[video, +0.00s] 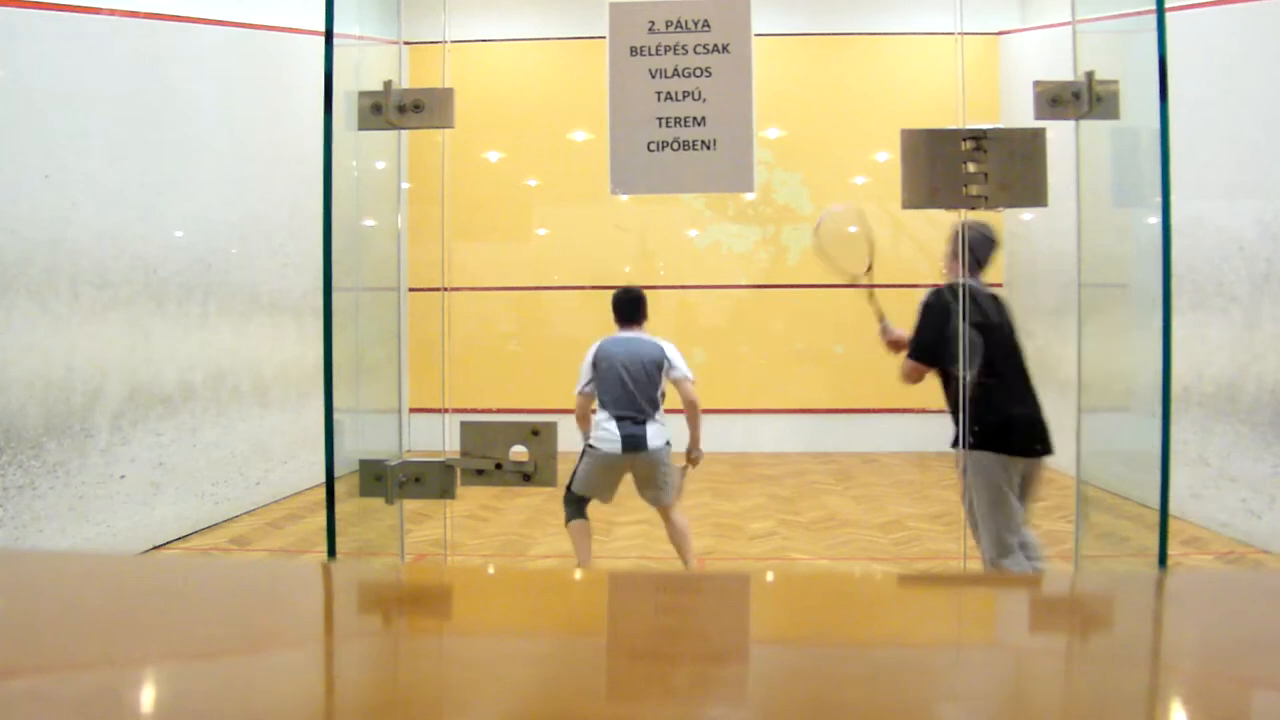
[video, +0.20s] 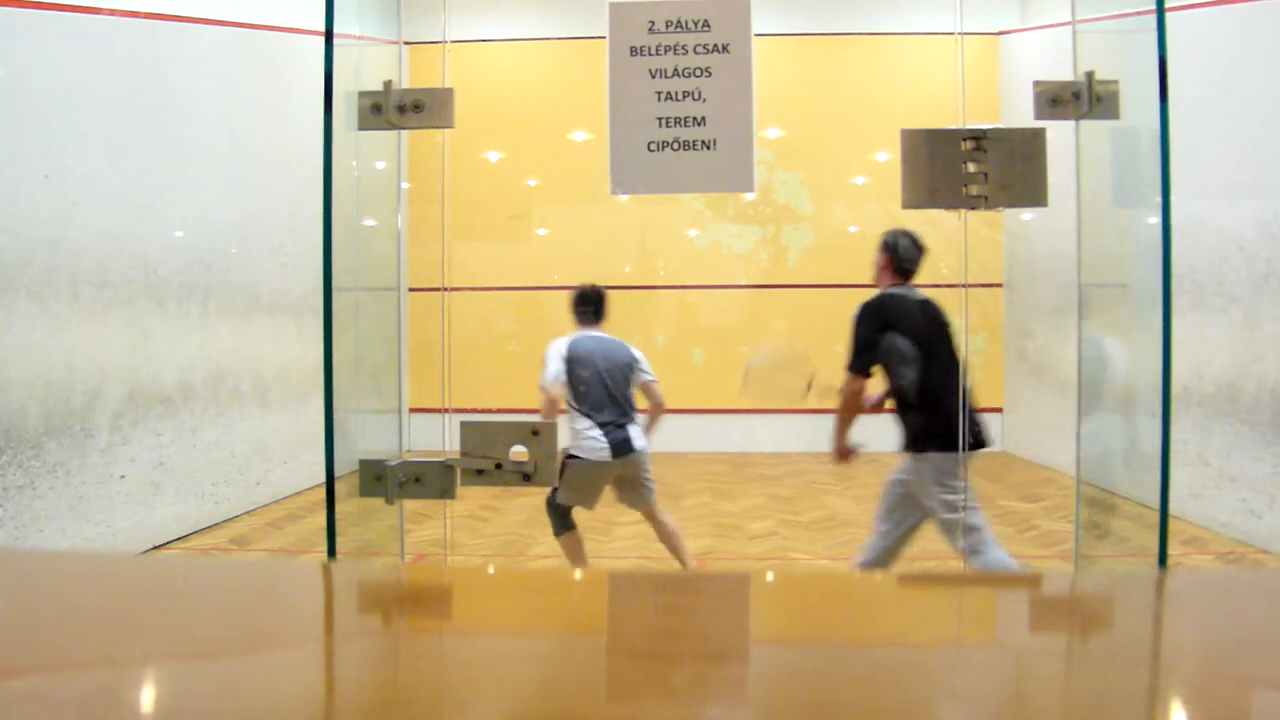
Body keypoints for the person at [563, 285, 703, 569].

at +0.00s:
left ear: (615, 315)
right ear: (645, 314)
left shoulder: (598, 350)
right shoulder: (664, 349)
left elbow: (582, 409)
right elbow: (691, 400)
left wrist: (591, 441)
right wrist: (694, 444)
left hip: (606, 442)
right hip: (651, 441)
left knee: (575, 501)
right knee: (668, 507)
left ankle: (584, 570)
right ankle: (692, 569)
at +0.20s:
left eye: (581, 308)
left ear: (575, 312)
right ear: (603, 312)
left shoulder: (561, 347)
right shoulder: (627, 349)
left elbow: (554, 399)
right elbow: (658, 403)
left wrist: (547, 421)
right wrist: (643, 435)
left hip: (589, 451)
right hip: (632, 446)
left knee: (557, 506)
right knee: (652, 510)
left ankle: (582, 574)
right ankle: (690, 566)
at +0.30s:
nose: (538, 298)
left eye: (539, 294)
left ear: (542, 295)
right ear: (571, 295)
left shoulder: (543, 324)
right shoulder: (595, 332)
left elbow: (550, 365)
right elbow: (619, 383)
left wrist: (537, 416)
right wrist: (608, 414)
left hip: (572, 438)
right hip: (609, 433)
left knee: (553, 508)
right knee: (608, 499)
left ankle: (581, 577)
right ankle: (644, 562)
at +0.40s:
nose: (503, 289)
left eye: (504, 283)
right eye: (503, 283)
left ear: (512, 285)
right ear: (537, 284)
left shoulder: (523, 314)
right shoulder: (556, 318)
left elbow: (540, 363)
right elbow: (574, 373)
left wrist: (520, 416)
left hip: (569, 433)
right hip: (592, 429)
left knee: (533, 507)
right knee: (547, 505)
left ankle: (565, 578)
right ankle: (573, 574)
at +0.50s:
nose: (471, 298)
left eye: (473, 290)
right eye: (472, 290)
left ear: (487, 292)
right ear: (497, 291)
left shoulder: (510, 328)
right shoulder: (509, 327)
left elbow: (533, 390)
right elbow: (529, 391)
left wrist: (523, 445)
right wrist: (515, 443)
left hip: (557, 443)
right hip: (553, 442)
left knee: (499, 519)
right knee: (501, 519)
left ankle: (531, 592)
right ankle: (530, 590)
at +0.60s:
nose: (442, 304)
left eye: (446, 295)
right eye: (443, 295)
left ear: (465, 296)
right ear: (464, 298)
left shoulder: (500, 340)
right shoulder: (465, 350)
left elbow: (545, 401)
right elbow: (464, 414)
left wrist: (554, 461)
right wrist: (437, 448)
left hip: (522, 459)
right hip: (495, 460)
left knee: (483, 535)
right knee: (503, 543)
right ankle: (541, 598)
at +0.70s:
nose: (407, 299)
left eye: (412, 290)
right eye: (408, 290)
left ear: (431, 290)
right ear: (425, 292)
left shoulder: (478, 334)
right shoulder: (424, 348)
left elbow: (528, 387)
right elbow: (410, 406)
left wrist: (546, 443)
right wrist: (379, 435)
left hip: (496, 461)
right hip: (458, 462)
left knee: (464, 552)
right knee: (460, 553)